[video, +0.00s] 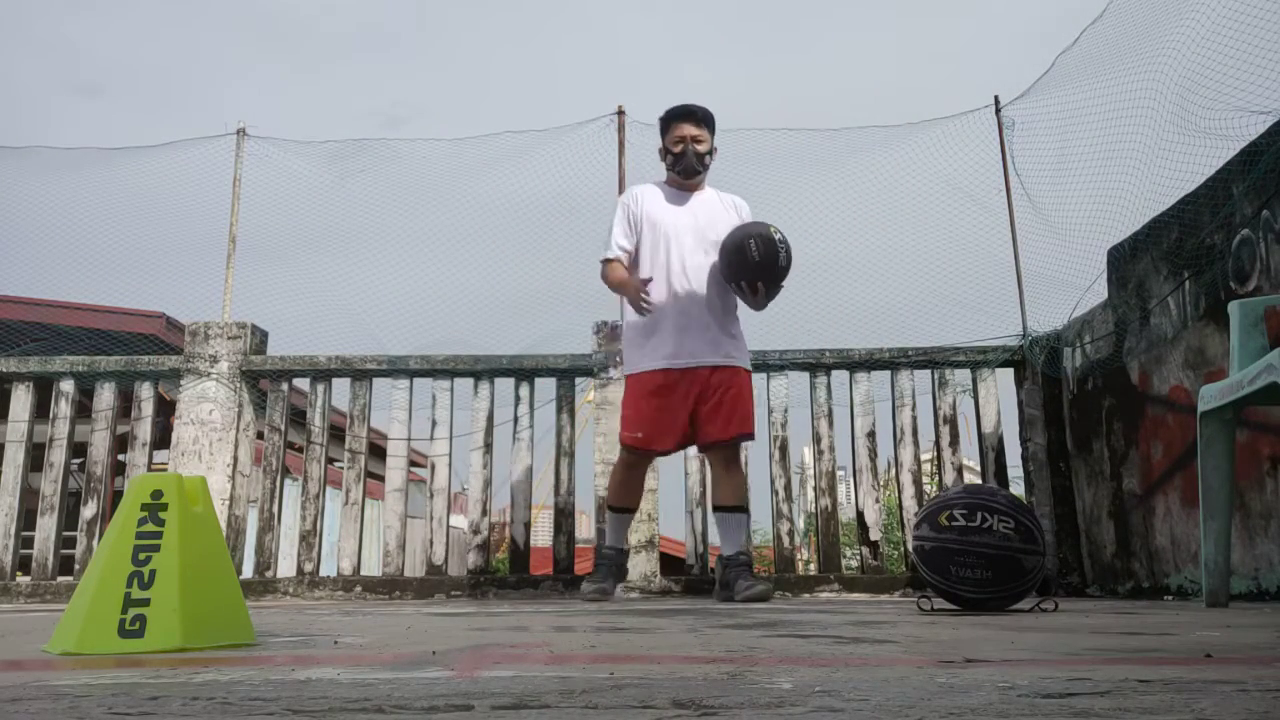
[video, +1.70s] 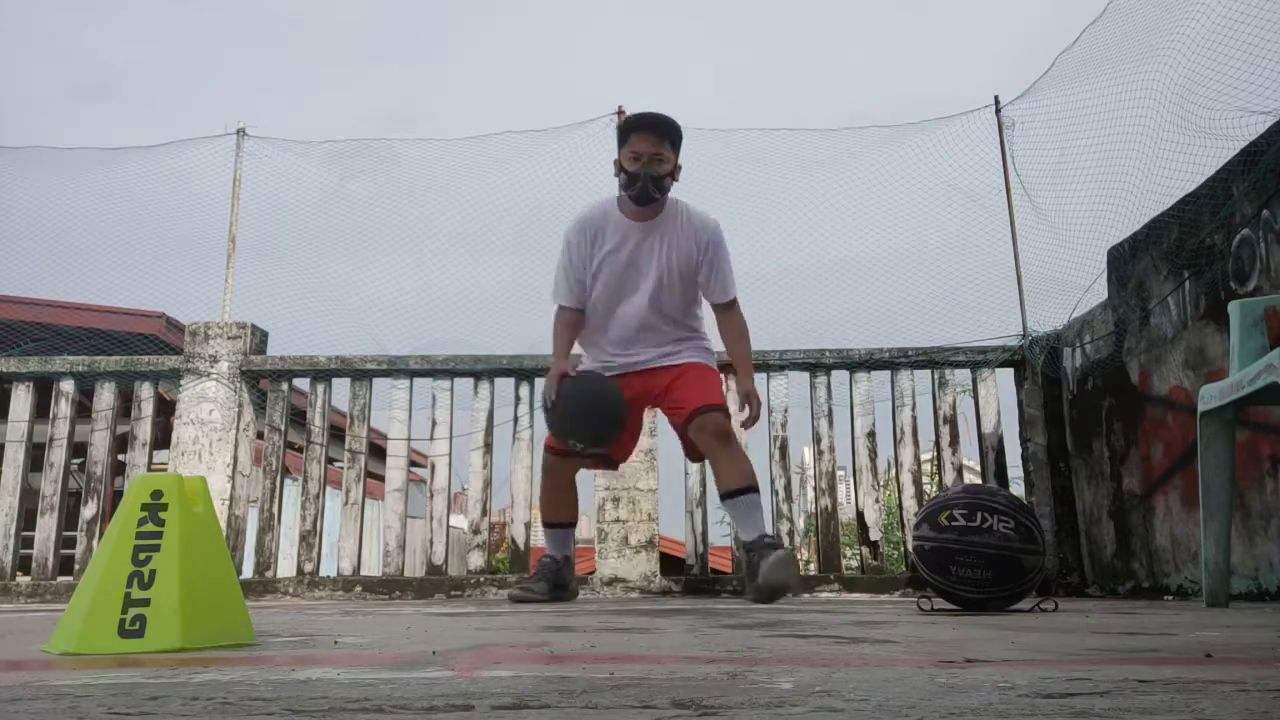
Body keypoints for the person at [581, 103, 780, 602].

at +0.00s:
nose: (688, 148)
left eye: (697, 140)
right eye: (678, 142)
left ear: (712, 148)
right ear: (664, 150)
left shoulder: (735, 208)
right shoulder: (638, 200)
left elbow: (753, 290)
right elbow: (612, 267)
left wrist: (758, 293)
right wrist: (629, 285)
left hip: (720, 353)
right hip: (654, 355)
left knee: (727, 454)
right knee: (633, 455)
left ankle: (735, 570)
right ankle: (609, 564)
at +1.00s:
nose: (705, 154)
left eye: (715, 146)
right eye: (695, 145)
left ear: (731, 152)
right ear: (678, 149)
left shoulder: (751, 213)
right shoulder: (649, 204)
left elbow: (775, 287)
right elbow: (641, 284)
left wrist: (797, 308)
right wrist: (697, 309)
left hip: (725, 358)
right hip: (651, 356)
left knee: (750, 442)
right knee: (612, 431)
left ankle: (766, 566)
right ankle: (619, 557)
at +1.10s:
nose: (702, 162)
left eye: (712, 154)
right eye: (692, 153)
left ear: (728, 161)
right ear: (675, 157)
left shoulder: (747, 221)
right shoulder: (647, 212)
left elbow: (751, 300)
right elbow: (651, 293)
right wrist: (686, 352)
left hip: (722, 358)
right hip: (651, 353)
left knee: (749, 450)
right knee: (597, 432)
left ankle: (766, 566)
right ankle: (585, 555)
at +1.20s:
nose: (688, 166)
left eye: (699, 158)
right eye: (678, 157)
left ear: (715, 166)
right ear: (661, 162)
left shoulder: (732, 226)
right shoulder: (632, 220)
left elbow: (729, 311)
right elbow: (630, 305)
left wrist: (708, 376)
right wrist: (639, 378)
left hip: (711, 369)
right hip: (641, 371)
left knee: (747, 451)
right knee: (586, 454)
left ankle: (766, 567)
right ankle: (556, 567)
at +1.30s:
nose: (661, 174)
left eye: (673, 164)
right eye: (651, 164)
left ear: (691, 171)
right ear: (637, 169)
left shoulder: (712, 230)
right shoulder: (608, 232)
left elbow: (719, 315)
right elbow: (590, 310)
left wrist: (695, 376)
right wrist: (569, 379)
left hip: (700, 371)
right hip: (625, 372)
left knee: (735, 452)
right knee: (574, 443)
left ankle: (765, 568)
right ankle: (557, 568)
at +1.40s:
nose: (639, 173)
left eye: (651, 164)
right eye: (629, 162)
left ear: (668, 170)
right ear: (613, 167)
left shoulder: (695, 228)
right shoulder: (592, 228)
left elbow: (722, 308)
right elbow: (566, 300)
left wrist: (705, 368)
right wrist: (524, 336)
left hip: (687, 372)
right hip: (613, 373)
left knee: (724, 455)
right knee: (564, 446)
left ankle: (763, 568)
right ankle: (556, 569)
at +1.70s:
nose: (644, 171)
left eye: (656, 161)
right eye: (634, 159)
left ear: (675, 168)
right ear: (618, 162)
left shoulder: (700, 230)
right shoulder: (588, 228)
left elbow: (727, 308)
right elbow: (569, 308)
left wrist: (744, 375)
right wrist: (560, 360)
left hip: (682, 358)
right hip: (605, 365)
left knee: (715, 427)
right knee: (557, 451)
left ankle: (761, 555)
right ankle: (556, 567)